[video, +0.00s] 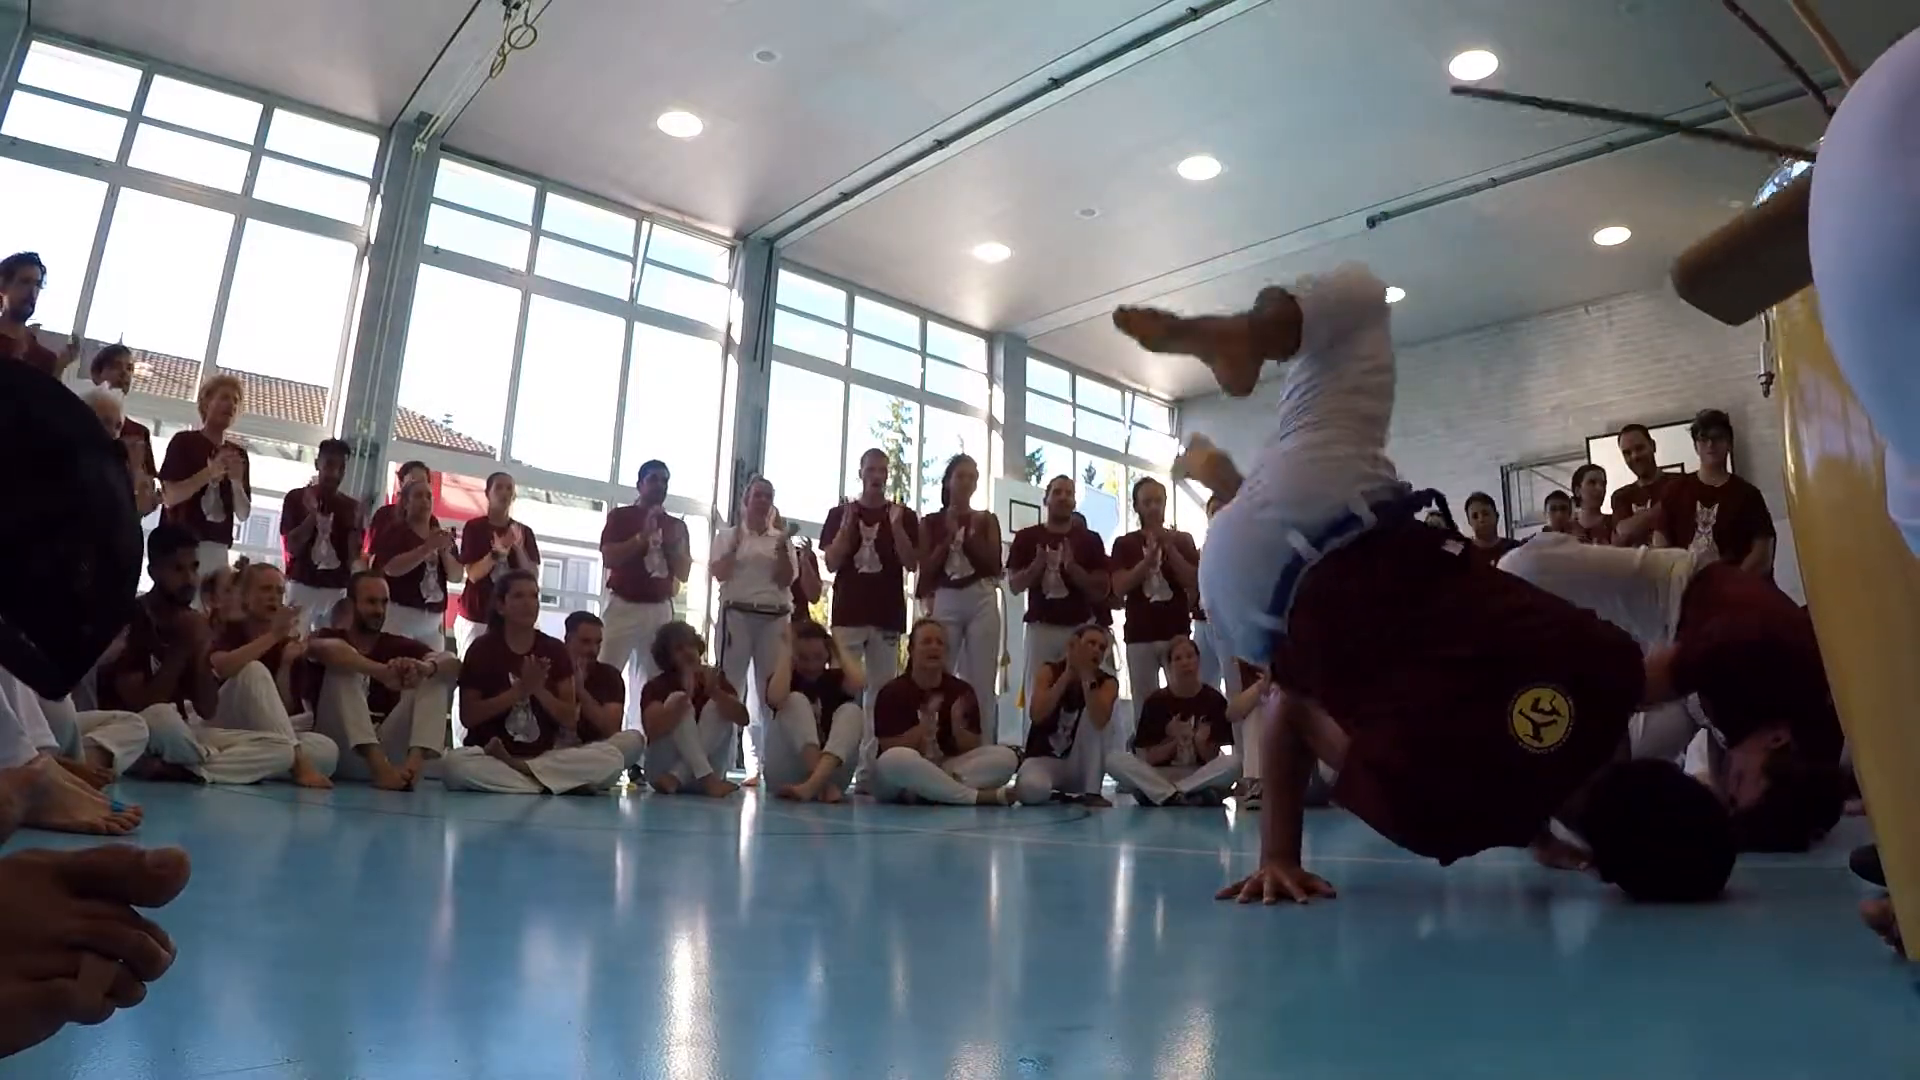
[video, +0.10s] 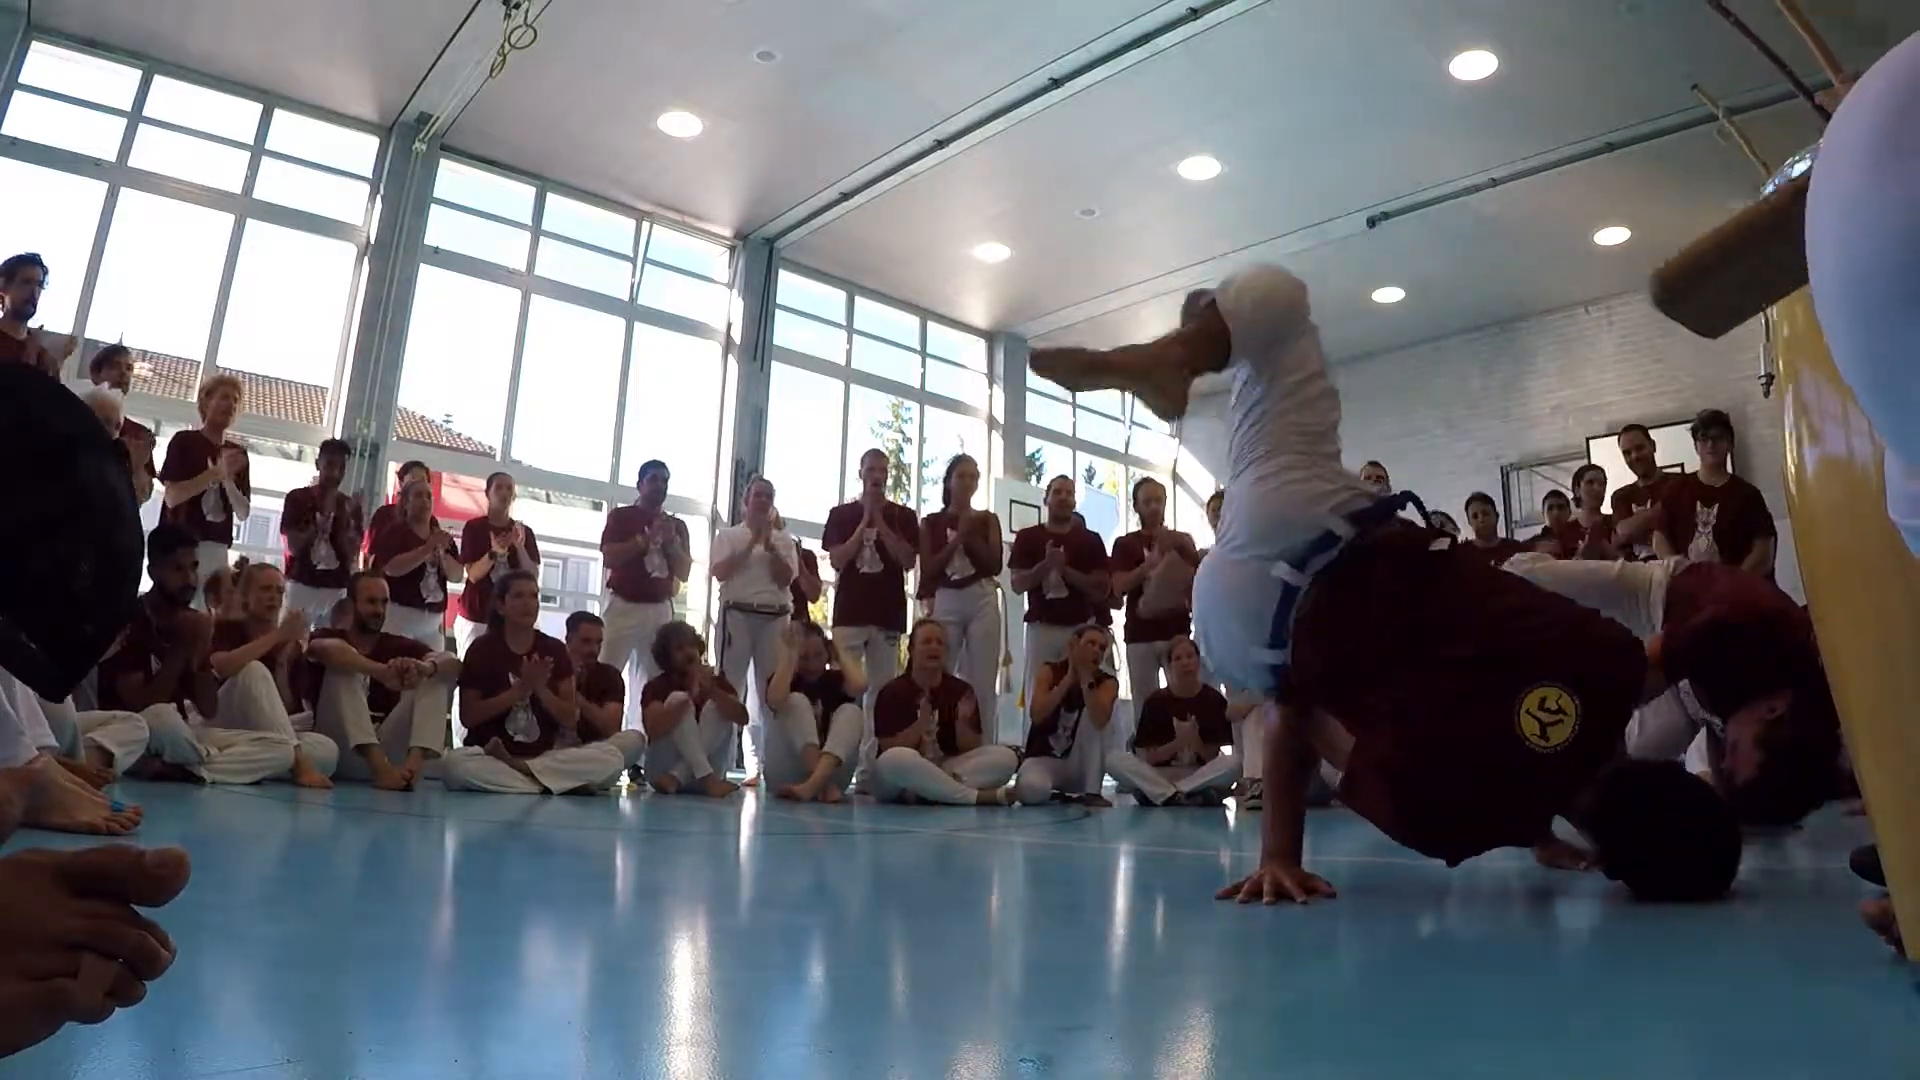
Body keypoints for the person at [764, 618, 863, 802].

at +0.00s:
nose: (811, 665)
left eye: (818, 657)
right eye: (804, 658)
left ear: (828, 655)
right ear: (792, 656)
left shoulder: (835, 678)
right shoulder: (780, 679)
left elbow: (858, 684)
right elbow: (776, 699)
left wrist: (838, 650)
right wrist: (787, 648)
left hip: (832, 778)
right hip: (785, 776)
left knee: (851, 710)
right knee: (796, 700)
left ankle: (812, 785)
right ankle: (824, 783)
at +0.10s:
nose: (811, 664)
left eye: (818, 656)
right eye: (804, 657)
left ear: (827, 654)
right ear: (794, 656)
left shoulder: (836, 679)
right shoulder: (780, 680)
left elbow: (859, 687)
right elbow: (775, 701)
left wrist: (839, 656)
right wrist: (791, 653)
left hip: (832, 779)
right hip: (785, 777)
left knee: (851, 711)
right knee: (797, 701)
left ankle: (812, 785)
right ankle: (824, 783)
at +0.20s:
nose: (806, 657)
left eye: (812, 649)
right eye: (799, 652)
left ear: (821, 648)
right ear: (790, 653)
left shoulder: (836, 679)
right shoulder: (781, 679)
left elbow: (860, 695)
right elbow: (773, 703)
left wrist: (838, 659)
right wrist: (807, 668)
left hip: (831, 778)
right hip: (785, 776)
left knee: (847, 711)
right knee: (796, 700)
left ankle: (812, 785)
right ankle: (824, 783)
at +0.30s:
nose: (810, 655)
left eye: (814, 647)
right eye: (801, 653)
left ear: (823, 645)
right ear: (791, 658)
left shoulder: (839, 679)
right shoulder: (785, 678)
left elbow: (860, 696)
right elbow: (775, 701)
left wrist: (844, 664)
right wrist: (817, 683)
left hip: (832, 778)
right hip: (785, 776)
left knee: (846, 709)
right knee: (795, 702)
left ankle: (812, 785)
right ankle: (825, 783)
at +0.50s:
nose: (810, 651)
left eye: (813, 642)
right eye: (800, 649)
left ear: (821, 644)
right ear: (790, 656)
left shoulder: (837, 678)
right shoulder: (784, 677)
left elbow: (861, 699)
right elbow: (777, 701)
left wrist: (840, 658)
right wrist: (833, 697)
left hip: (832, 779)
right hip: (786, 777)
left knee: (845, 709)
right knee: (795, 704)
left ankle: (812, 785)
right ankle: (824, 784)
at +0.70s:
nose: (812, 648)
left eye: (816, 640)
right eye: (803, 644)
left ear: (825, 644)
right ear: (792, 653)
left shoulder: (845, 684)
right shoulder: (781, 685)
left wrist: (814, 782)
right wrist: (824, 785)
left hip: (833, 779)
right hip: (785, 778)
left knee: (847, 720)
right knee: (794, 723)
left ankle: (812, 785)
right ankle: (825, 786)